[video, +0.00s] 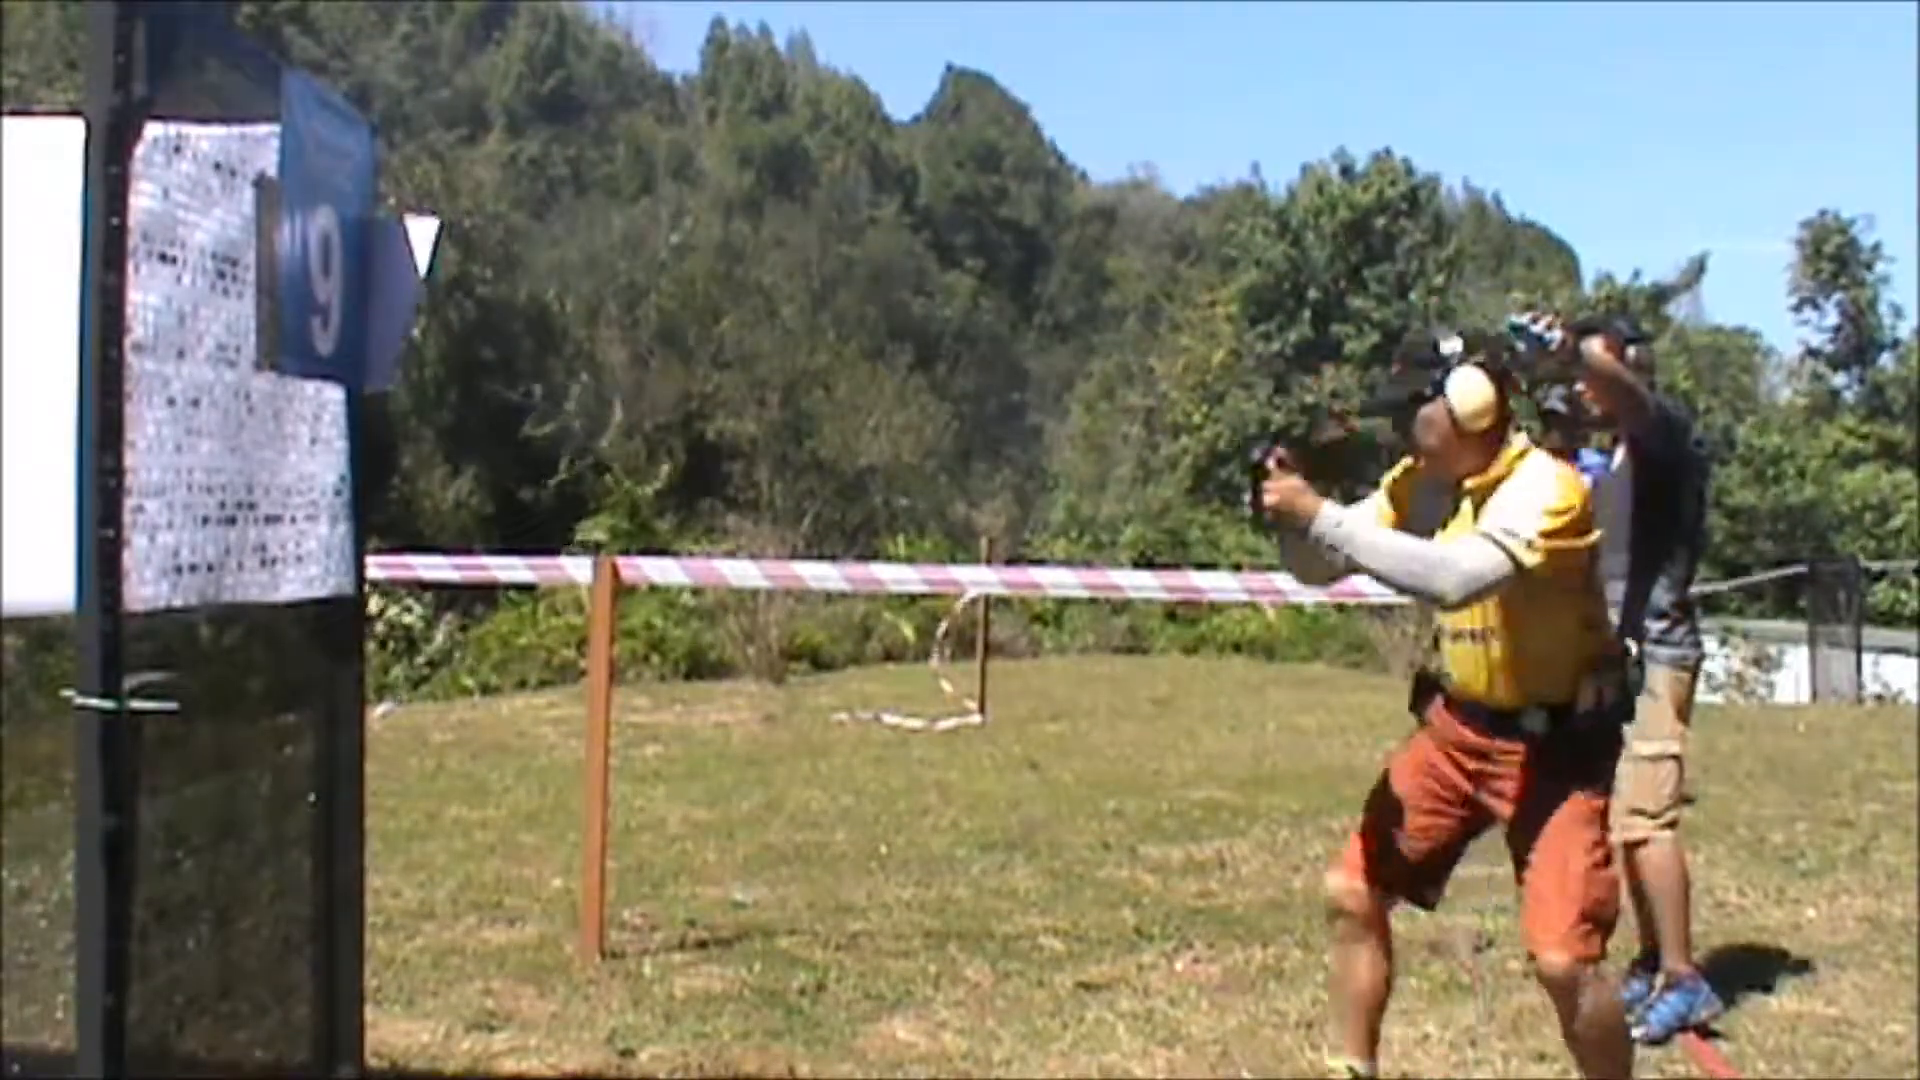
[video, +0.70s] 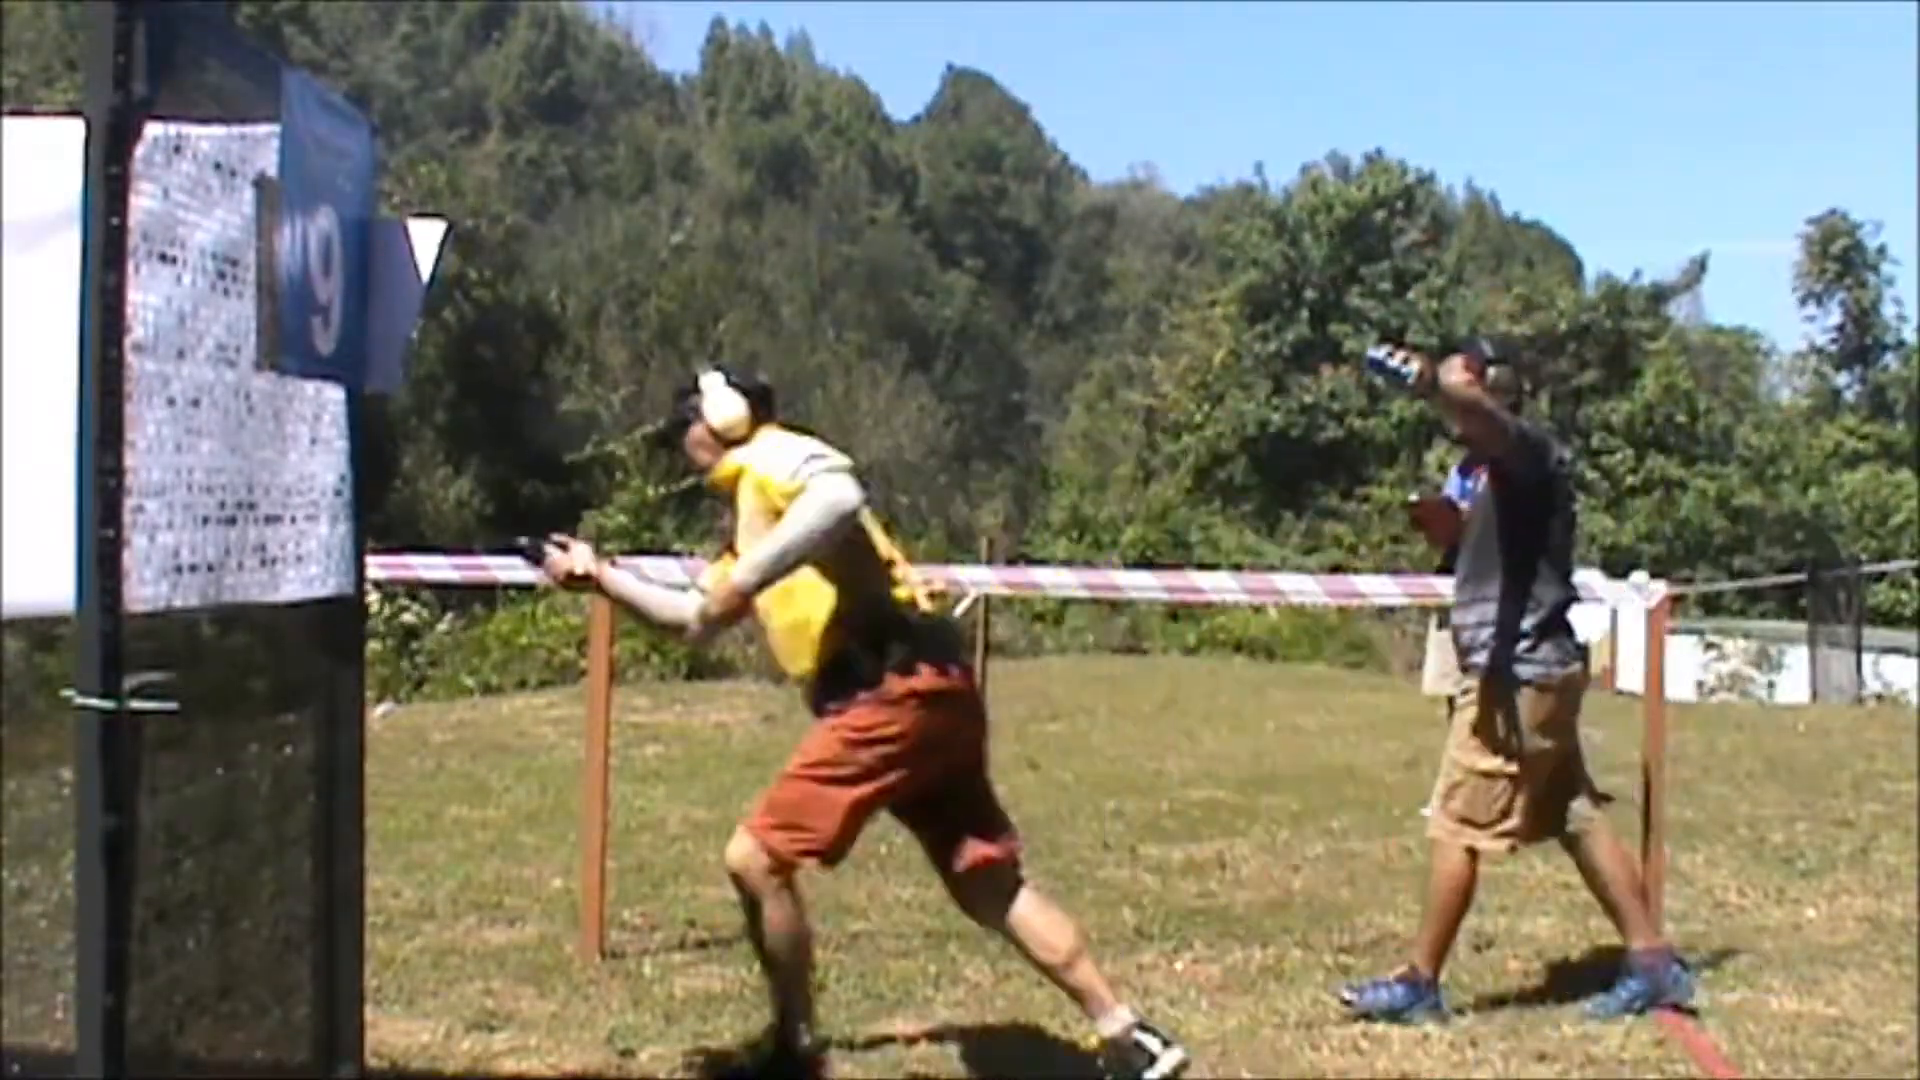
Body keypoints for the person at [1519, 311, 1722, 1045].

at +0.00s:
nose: (1581, 392)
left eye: (1595, 378)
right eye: (1579, 380)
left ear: (1631, 375)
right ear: (1584, 385)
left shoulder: (1670, 445)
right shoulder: (1599, 452)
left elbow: (1625, 387)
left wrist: (1573, 347)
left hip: (1658, 647)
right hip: (1608, 645)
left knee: (1646, 818)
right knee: (1624, 820)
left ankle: (1684, 977)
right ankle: (1652, 964)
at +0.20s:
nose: (1570, 393)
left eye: (1580, 377)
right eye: (1566, 381)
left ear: (1614, 371)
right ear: (1587, 378)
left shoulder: (1651, 438)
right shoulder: (1613, 450)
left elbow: (1614, 395)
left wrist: (1559, 351)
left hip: (1635, 658)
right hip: (1606, 655)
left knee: (1619, 819)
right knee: (1620, 819)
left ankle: (1674, 972)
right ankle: (1653, 964)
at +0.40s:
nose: (1538, 397)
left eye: (1549, 383)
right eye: (1536, 384)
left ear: (1582, 379)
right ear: (1554, 386)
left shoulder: (1618, 442)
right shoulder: (1603, 452)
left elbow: (1590, 402)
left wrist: (1532, 358)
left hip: (1605, 656)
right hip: (1624, 656)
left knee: (1550, 810)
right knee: (1628, 816)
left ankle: (1596, 969)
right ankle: (1658, 965)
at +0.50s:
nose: (1521, 404)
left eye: (1531, 389)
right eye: (1519, 392)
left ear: (1558, 384)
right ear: (1528, 396)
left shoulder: (1597, 447)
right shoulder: (1578, 459)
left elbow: (1565, 404)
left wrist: (1514, 364)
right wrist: (1495, 529)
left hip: (1585, 655)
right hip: (1608, 655)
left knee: (1530, 810)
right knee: (1617, 810)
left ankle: (1527, 975)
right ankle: (1657, 965)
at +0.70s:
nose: (1456, 385)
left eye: (1467, 376)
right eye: (1455, 376)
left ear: (1500, 386)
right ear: (1471, 393)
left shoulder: (1530, 452)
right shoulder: (1485, 465)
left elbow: (1475, 411)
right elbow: (1474, 556)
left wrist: (1437, 379)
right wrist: (1443, 529)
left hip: (1515, 672)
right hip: (1533, 669)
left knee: (1456, 826)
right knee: (1576, 815)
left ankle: (1420, 979)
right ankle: (1654, 963)